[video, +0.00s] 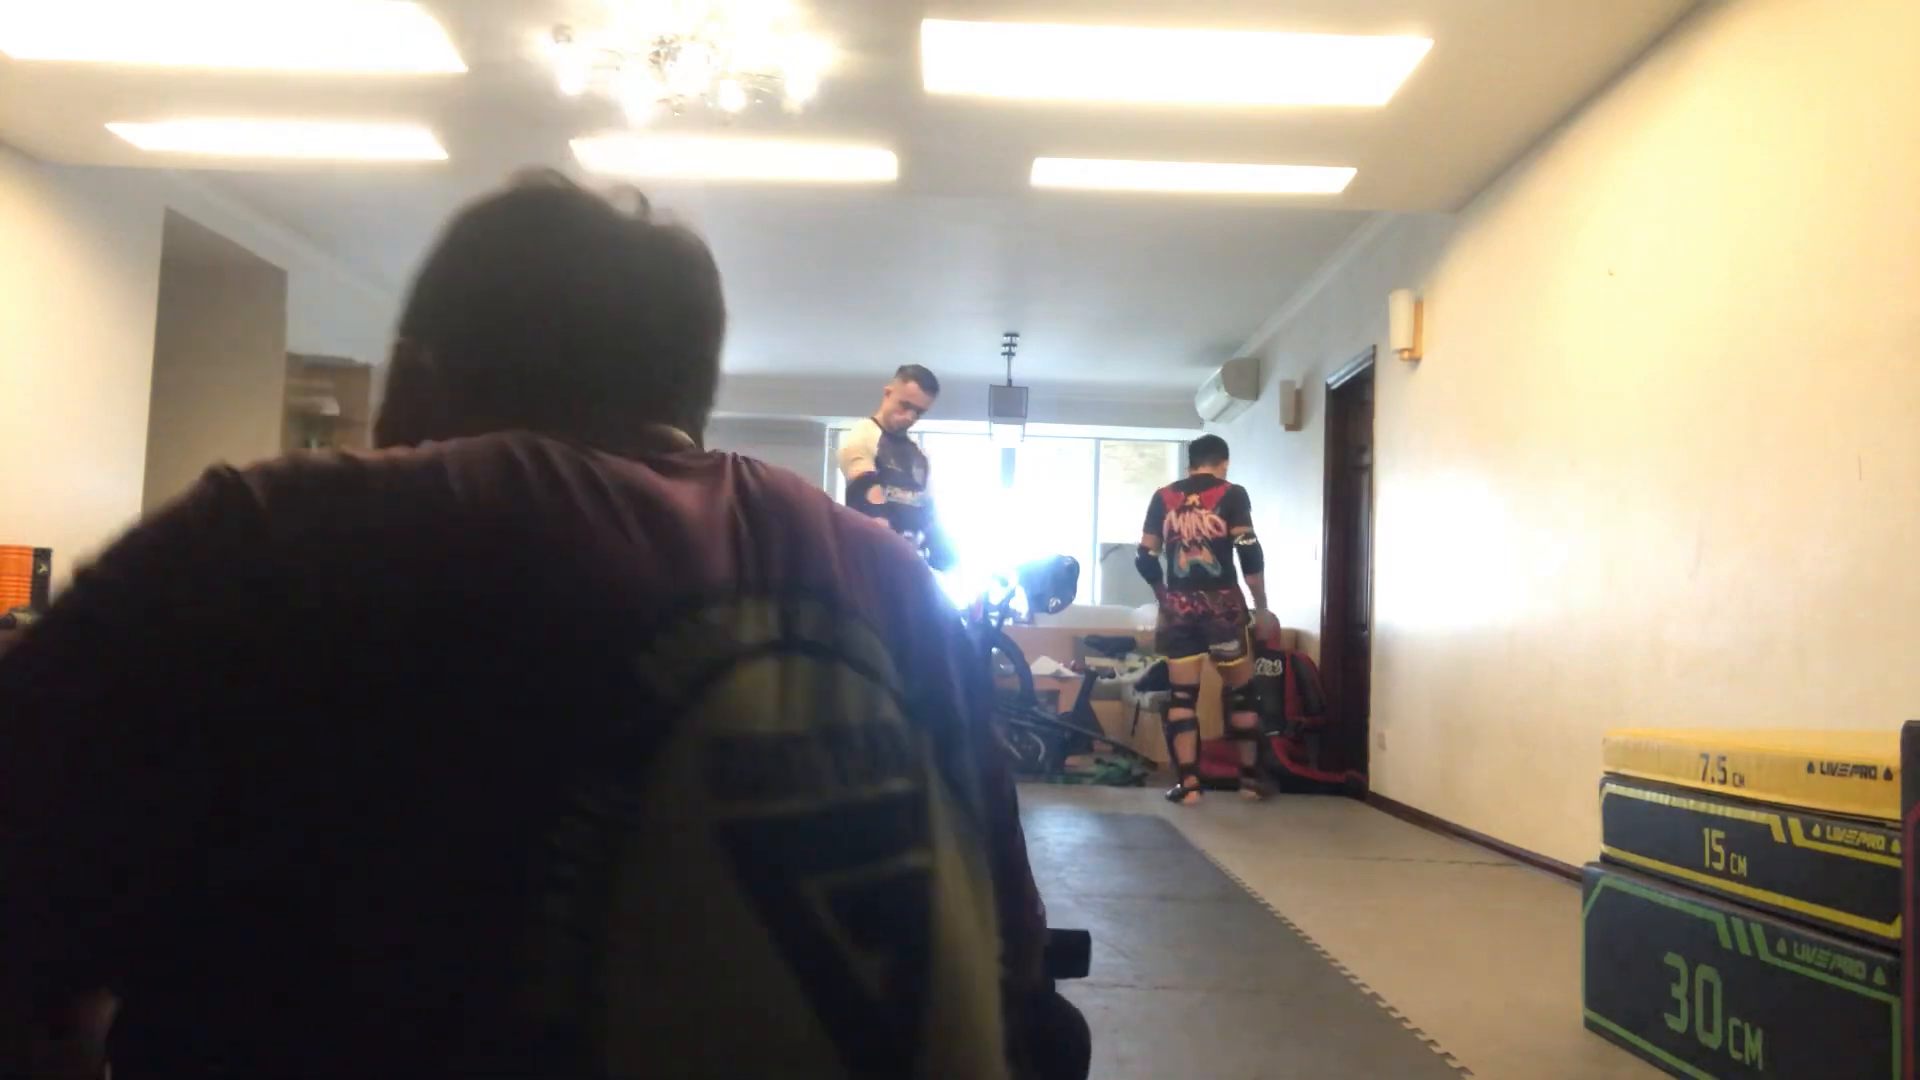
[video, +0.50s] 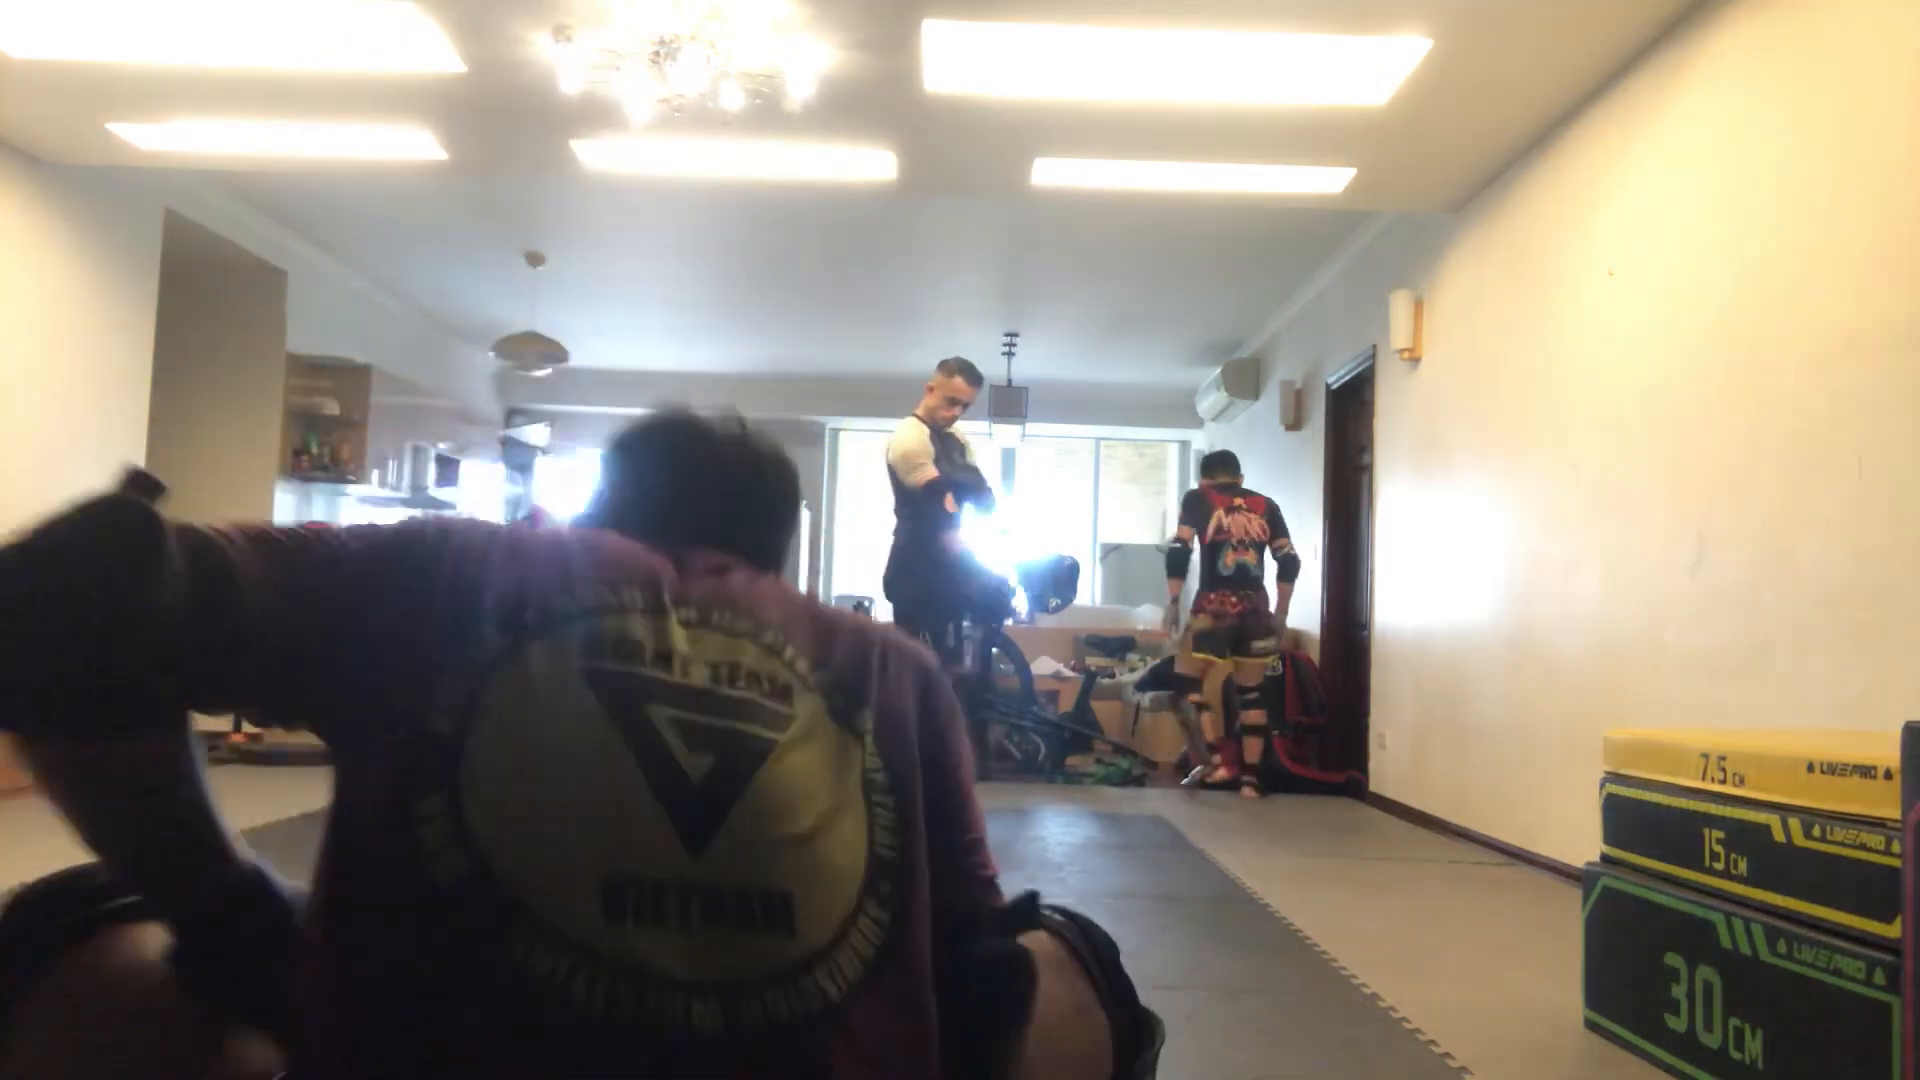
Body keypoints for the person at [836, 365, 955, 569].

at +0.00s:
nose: (909, 418)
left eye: (918, 413)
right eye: (904, 406)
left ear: (924, 413)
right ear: (887, 393)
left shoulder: (918, 456)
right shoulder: (860, 438)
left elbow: (926, 513)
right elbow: (868, 505)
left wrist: (939, 548)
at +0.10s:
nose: (920, 417)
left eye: (930, 412)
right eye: (915, 406)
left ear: (935, 412)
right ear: (896, 394)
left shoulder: (929, 456)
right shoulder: (870, 441)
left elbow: (942, 523)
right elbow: (886, 510)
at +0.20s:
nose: (931, 417)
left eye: (940, 412)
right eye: (926, 405)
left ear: (945, 412)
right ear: (907, 394)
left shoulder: (938, 454)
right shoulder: (882, 439)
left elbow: (952, 511)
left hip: (922, 561)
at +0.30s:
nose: (941, 417)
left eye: (951, 410)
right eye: (937, 405)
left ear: (957, 409)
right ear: (917, 392)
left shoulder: (947, 449)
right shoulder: (895, 443)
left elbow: (966, 509)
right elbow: (926, 530)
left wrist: (935, 505)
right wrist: (969, 596)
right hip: (899, 571)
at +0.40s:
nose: (951, 415)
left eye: (960, 408)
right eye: (946, 403)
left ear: (967, 407)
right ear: (926, 390)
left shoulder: (954, 443)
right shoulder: (904, 442)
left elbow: (975, 498)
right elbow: (935, 518)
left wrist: (939, 486)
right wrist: (973, 579)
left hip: (942, 569)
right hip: (908, 570)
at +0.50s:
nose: (956, 413)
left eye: (964, 407)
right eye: (951, 402)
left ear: (970, 404)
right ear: (930, 390)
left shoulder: (957, 441)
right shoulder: (909, 438)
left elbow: (986, 497)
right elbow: (940, 507)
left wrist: (954, 494)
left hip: (950, 565)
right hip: (917, 568)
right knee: (919, 667)